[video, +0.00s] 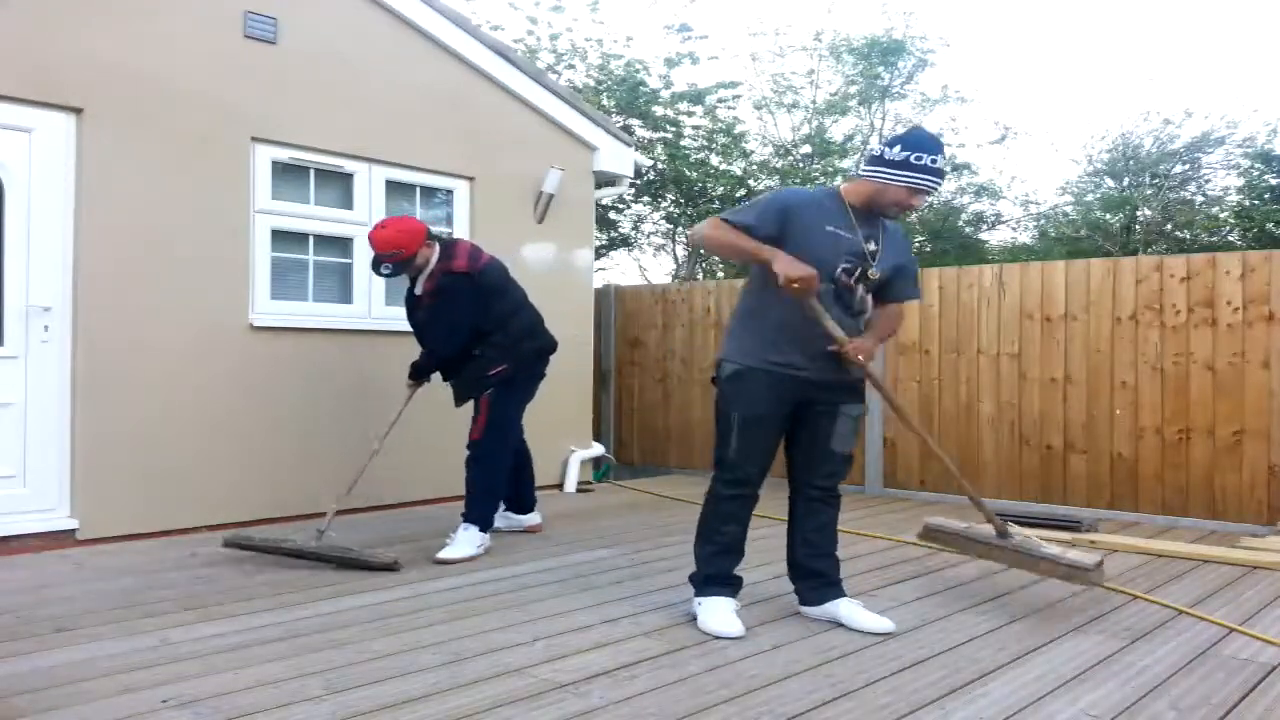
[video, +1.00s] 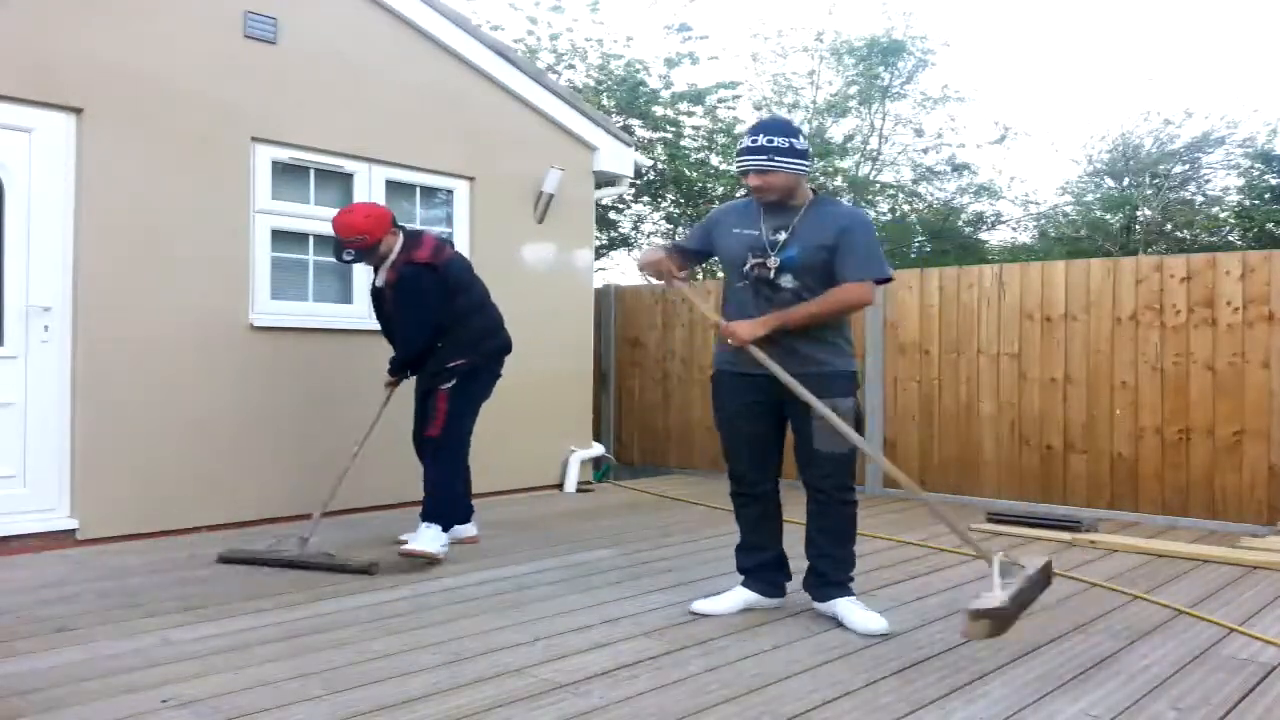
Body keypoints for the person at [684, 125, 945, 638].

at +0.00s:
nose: (917, 204)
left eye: (923, 195)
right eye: (915, 191)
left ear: (900, 184)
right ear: (887, 175)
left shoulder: (892, 241)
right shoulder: (794, 206)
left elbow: (890, 310)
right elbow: (708, 232)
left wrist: (872, 340)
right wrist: (774, 256)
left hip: (833, 381)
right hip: (759, 369)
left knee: (820, 490)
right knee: (737, 482)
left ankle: (820, 594)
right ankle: (714, 592)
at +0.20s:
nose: (927, 206)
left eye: (935, 198)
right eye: (924, 193)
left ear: (930, 194)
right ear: (895, 176)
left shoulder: (912, 242)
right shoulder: (797, 201)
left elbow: (899, 313)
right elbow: (697, 204)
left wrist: (836, 331)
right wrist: (719, 231)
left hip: (837, 378)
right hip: (759, 362)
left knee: (826, 487)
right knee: (743, 480)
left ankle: (821, 593)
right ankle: (730, 590)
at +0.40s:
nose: (924, 212)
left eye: (931, 203)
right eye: (920, 200)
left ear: (929, 199)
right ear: (890, 182)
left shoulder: (914, 246)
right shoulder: (793, 206)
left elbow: (910, 318)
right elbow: (703, 236)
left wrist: (859, 367)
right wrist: (737, 282)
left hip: (838, 378)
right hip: (760, 365)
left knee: (828, 487)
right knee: (744, 478)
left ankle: (822, 594)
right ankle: (746, 581)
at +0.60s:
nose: (874, 198)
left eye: (882, 188)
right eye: (865, 186)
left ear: (887, 183)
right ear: (835, 173)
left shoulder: (888, 236)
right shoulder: (768, 213)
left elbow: (912, 309)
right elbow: (702, 270)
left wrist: (887, 377)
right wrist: (759, 315)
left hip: (838, 386)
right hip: (758, 378)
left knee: (831, 489)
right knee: (755, 484)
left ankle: (822, 593)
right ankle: (762, 583)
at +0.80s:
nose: (794, 185)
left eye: (807, 177)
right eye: (787, 174)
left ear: (835, 175)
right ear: (777, 167)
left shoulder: (869, 226)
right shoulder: (742, 216)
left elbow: (908, 292)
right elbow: (681, 266)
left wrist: (858, 349)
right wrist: (716, 286)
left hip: (830, 380)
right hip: (753, 377)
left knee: (828, 488)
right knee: (755, 484)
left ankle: (822, 593)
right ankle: (762, 584)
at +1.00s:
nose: (752, 181)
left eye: (763, 171)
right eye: (747, 171)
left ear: (796, 169)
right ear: (742, 170)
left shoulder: (844, 219)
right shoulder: (728, 218)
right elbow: (673, 258)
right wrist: (659, 262)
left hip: (821, 375)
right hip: (744, 372)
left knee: (830, 485)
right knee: (750, 482)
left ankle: (832, 591)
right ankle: (762, 584)